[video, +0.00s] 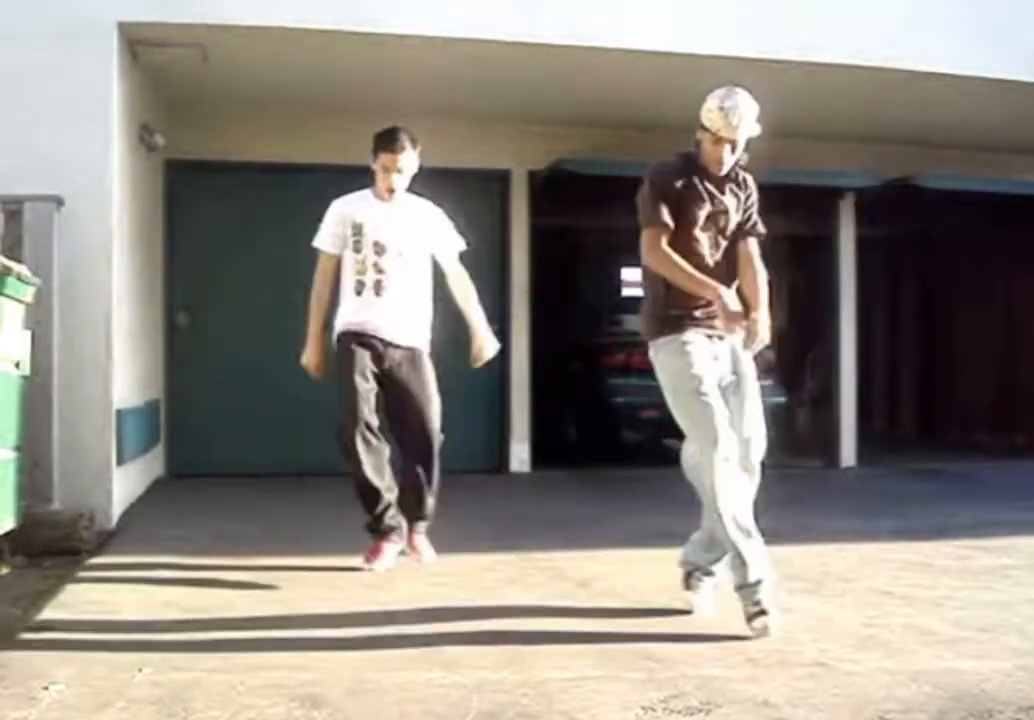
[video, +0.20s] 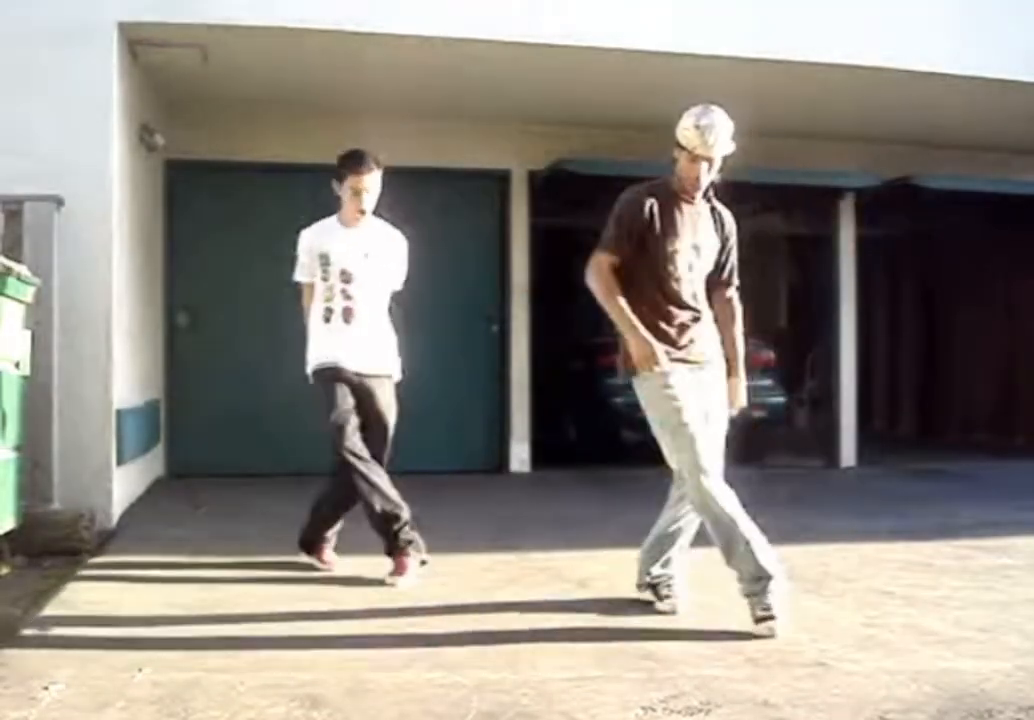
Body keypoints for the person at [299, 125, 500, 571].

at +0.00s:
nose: (395, 178)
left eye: (403, 170)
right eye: (388, 169)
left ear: (415, 168)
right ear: (374, 164)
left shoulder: (428, 216)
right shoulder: (345, 210)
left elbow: (456, 275)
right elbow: (324, 276)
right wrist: (314, 339)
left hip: (410, 339)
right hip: (358, 333)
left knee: (426, 430)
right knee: (359, 427)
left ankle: (418, 525)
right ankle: (386, 529)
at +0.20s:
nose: (364, 200)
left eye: (370, 191)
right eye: (356, 191)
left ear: (379, 190)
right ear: (339, 188)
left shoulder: (393, 241)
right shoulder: (313, 237)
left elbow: (385, 297)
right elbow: (309, 298)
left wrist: (360, 330)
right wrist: (320, 340)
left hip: (377, 354)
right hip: (330, 353)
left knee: (373, 454)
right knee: (346, 443)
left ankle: (317, 533)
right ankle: (403, 541)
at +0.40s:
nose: (333, 191)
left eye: (338, 183)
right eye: (326, 183)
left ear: (341, 180)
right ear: (304, 177)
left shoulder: (346, 221)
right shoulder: (270, 220)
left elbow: (348, 280)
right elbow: (242, 273)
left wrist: (372, 322)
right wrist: (228, 326)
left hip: (339, 356)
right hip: (285, 353)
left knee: (380, 439)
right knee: (252, 435)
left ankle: (371, 530)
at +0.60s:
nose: (308, 221)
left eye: (315, 213)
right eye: (300, 213)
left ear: (323, 213)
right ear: (283, 212)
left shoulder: (333, 258)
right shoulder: (258, 257)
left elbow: (373, 291)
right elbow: (202, 294)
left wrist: (385, 245)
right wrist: (175, 249)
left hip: (313, 388)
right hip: (258, 386)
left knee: (365, 460)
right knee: (220, 471)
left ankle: (413, 546)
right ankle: (169, 534)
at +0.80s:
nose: (327, 195)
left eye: (335, 185)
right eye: (319, 185)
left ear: (350, 181)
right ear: (308, 182)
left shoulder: (368, 224)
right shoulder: (288, 225)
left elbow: (394, 270)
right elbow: (253, 280)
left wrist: (440, 271)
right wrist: (237, 273)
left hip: (363, 352)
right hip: (308, 352)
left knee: (393, 429)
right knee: (275, 430)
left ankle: (376, 523)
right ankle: (257, 523)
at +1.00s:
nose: (388, 208)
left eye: (396, 200)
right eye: (382, 199)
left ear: (412, 197)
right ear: (372, 198)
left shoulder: (430, 244)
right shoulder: (352, 247)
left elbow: (455, 301)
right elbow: (326, 306)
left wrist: (486, 270)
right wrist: (282, 315)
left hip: (418, 367)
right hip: (371, 362)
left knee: (399, 457)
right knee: (387, 446)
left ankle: (346, 528)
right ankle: (425, 542)